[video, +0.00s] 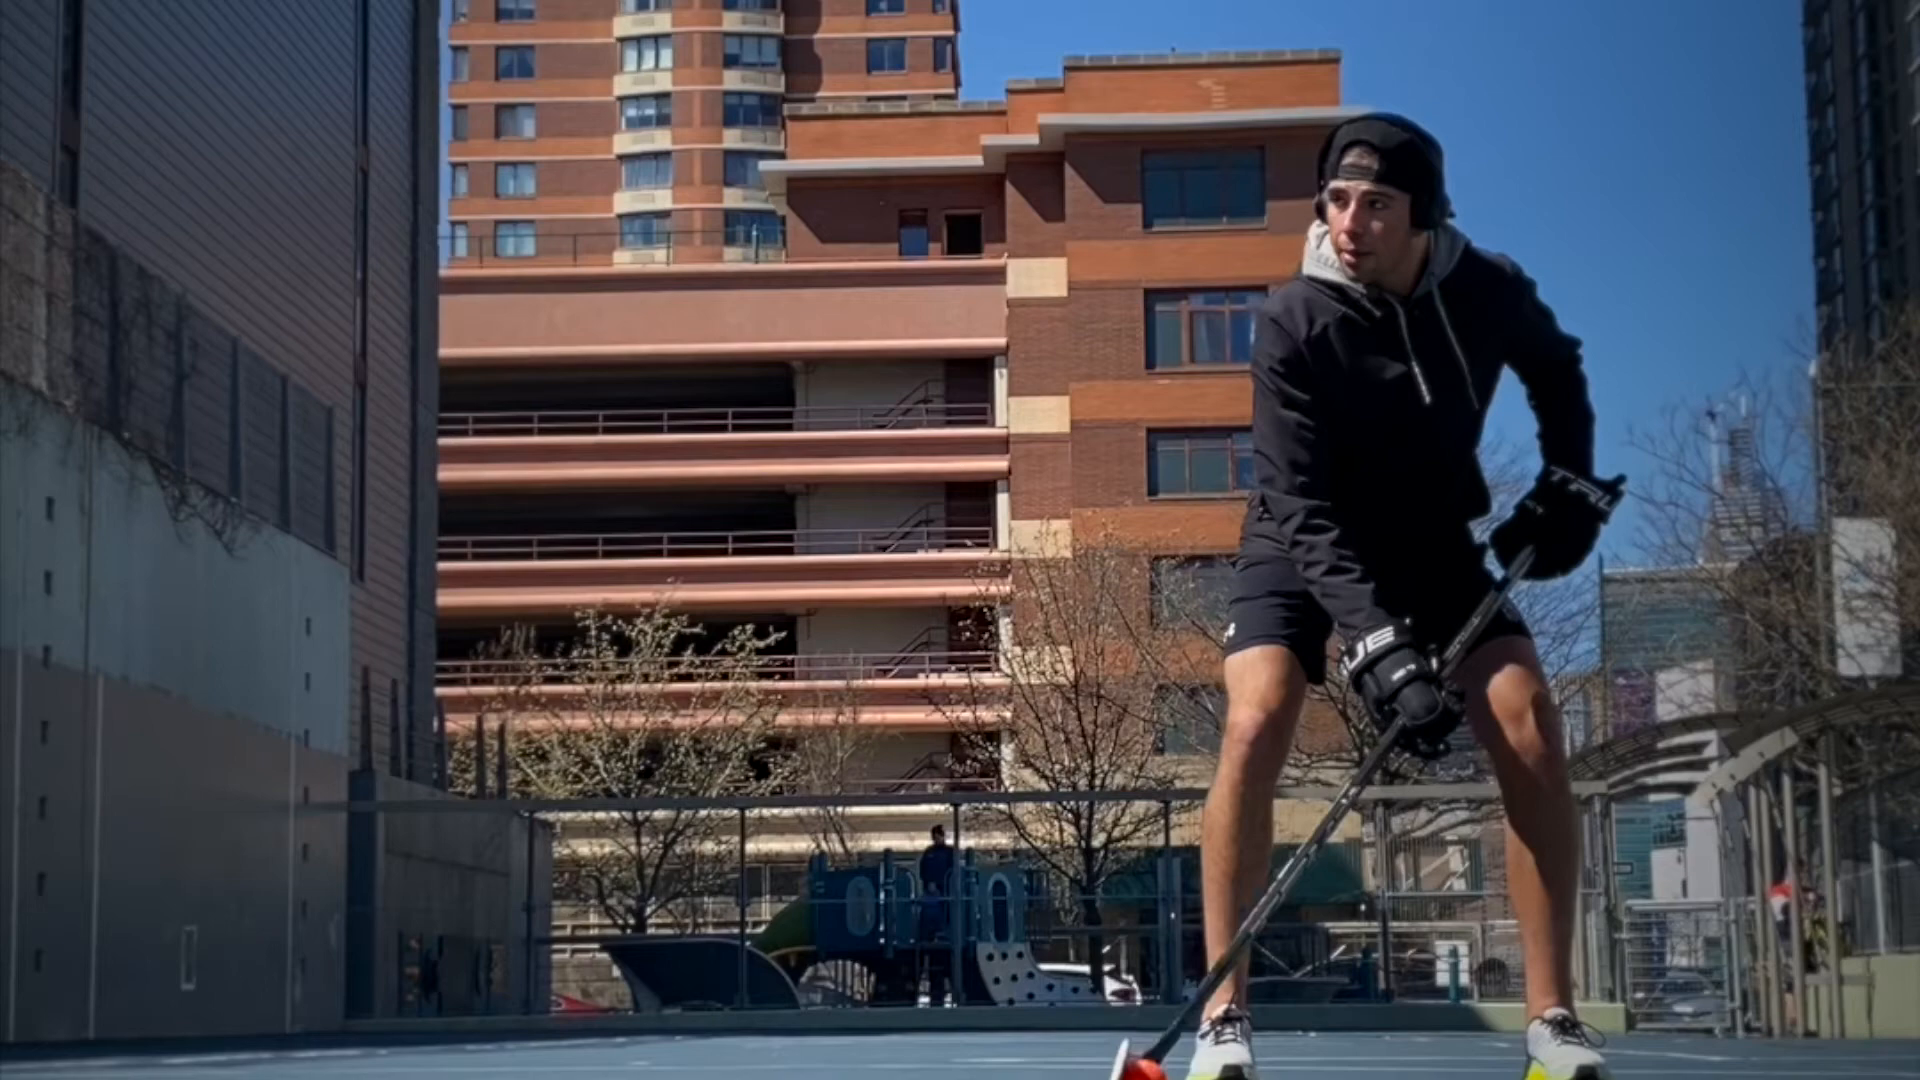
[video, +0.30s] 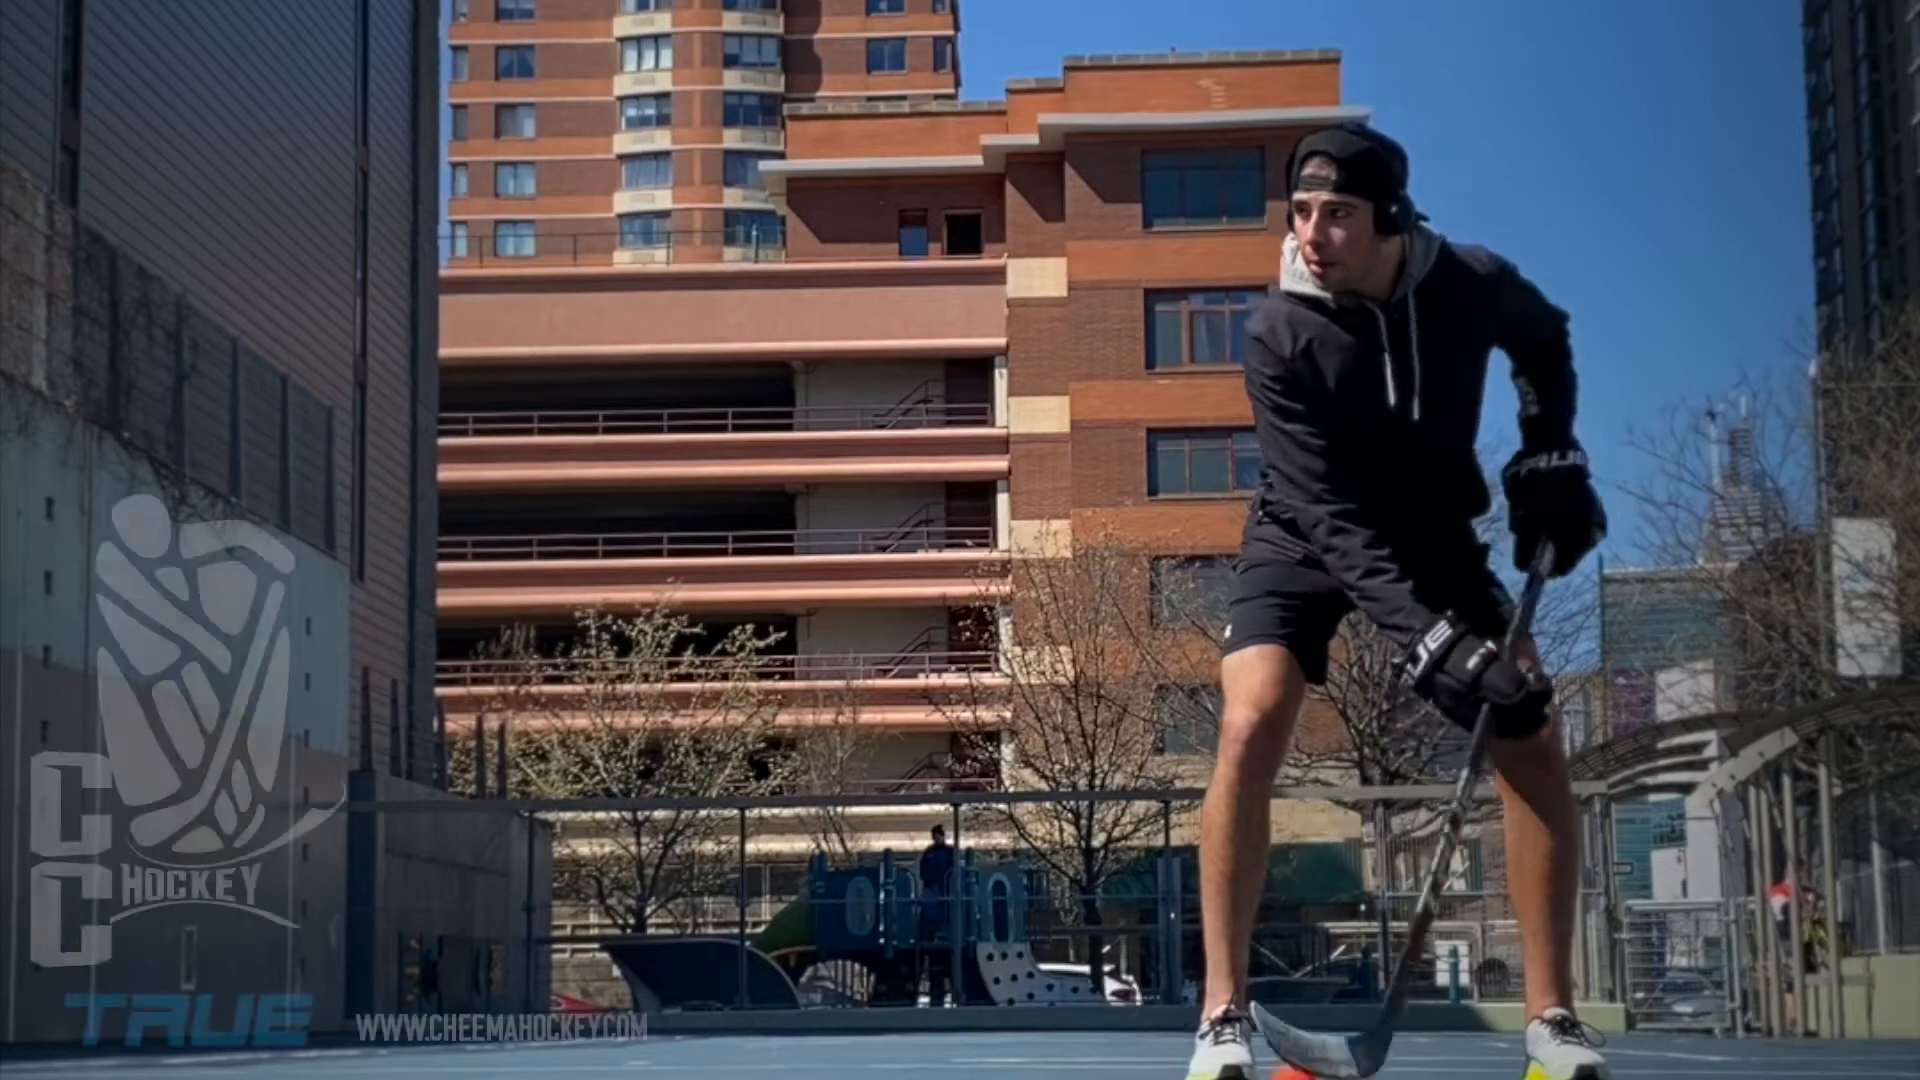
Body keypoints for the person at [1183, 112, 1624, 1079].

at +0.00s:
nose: (1351, 222)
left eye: (1376, 204)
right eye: (1338, 201)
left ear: (1424, 214)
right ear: (1321, 207)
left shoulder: (1487, 290)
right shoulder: (1294, 320)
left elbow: (1555, 372)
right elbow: (1296, 506)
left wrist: (1568, 481)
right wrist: (1371, 643)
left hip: (1435, 537)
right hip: (1303, 538)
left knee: (1531, 725)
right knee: (1256, 723)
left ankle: (1552, 1015)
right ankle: (1222, 1011)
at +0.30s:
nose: (1310, 233)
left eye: (1333, 214)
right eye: (1299, 213)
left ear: (1390, 218)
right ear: (1290, 218)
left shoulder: (1472, 285)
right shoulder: (1280, 331)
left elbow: (1543, 341)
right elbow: (1326, 514)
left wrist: (1551, 455)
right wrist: (1435, 639)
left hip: (1435, 531)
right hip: (1304, 533)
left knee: (1533, 751)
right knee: (1252, 721)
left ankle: (1552, 1017)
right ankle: (1223, 1012)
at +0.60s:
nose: (1287, 237)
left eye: (1310, 220)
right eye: (1277, 218)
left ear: (1363, 225)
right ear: (1268, 225)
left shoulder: (1448, 285)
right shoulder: (1257, 340)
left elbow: (1537, 326)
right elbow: (1295, 524)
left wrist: (1551, 463)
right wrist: (1416, 640)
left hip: (1424, 535)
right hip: (1291, 542)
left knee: (1523, 732)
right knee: (1245, 723)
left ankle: (1551, 1014)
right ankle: (1222, 1013)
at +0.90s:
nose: (1293, 234)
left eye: (1315, 217)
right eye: (1281, 216)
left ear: (1365, 221)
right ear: (1270, 223)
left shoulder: (1449, 290)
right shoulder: (1254, 334)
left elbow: (1540, 354)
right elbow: (1278, 518)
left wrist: (1567, 474)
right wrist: (1371, 642)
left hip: (1417, 539)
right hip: (1284, 542)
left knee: (1519, 729)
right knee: (1240, 724)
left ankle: (1550, 1014)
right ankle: (1220, 1015)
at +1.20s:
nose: (1334, 238)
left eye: (1354, 215)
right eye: (1313, 219)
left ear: (1392, 218)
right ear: (1286, 232)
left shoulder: (1453, 282)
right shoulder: (1270, 343)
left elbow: (1520, 344)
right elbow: (1324, 522)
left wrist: (1525, 452)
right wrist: (1448, 656)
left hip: (1424, 533)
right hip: (1295, 535)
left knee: (1526, 752)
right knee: (1244, 726)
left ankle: (1550, 1015)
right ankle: (1222, 1015)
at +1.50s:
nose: (1422, 227)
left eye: (1439, 206)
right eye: (1399, 207)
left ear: (1457, 212)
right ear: (1355, 215)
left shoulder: (1488, 290)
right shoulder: (1304, 328)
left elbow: (1542, 375)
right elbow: (1321, 518)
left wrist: (1576, 475)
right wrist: (1422, 640)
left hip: (1433, 536)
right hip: (1305, 537)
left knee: (1537, 731)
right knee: (1261, 728)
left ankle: (1554, 1019)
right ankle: (1223, 1015)